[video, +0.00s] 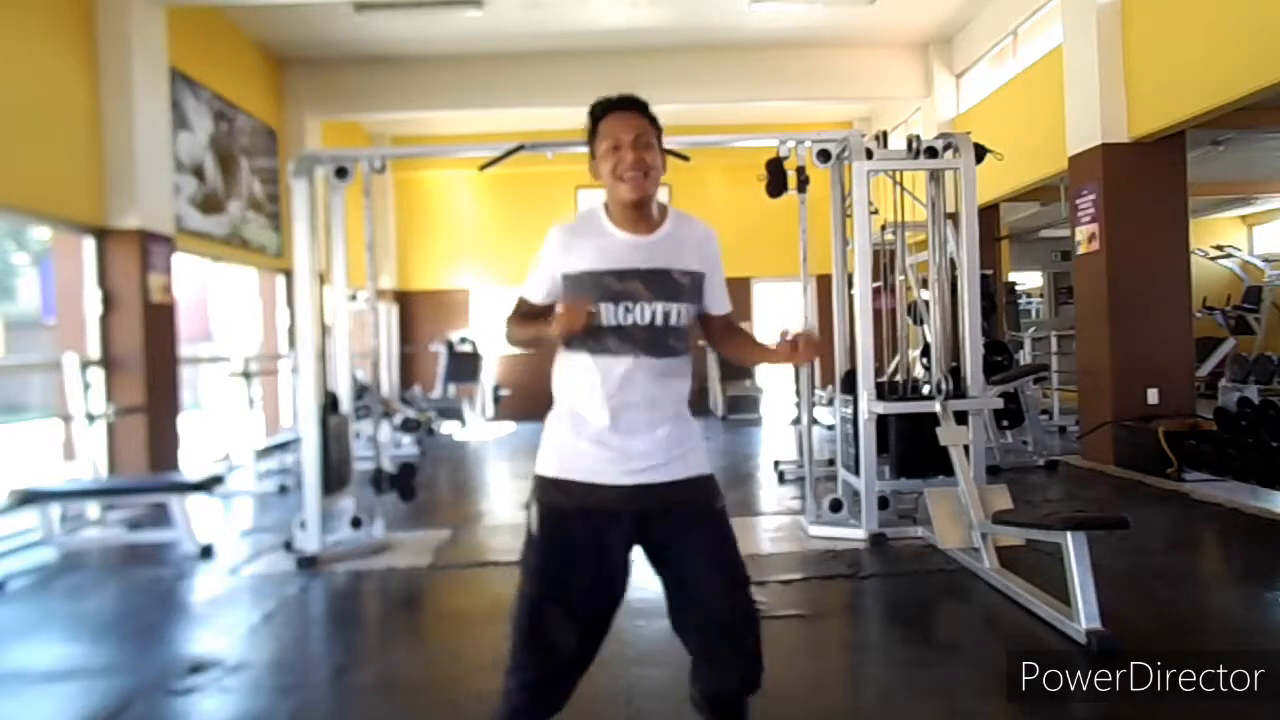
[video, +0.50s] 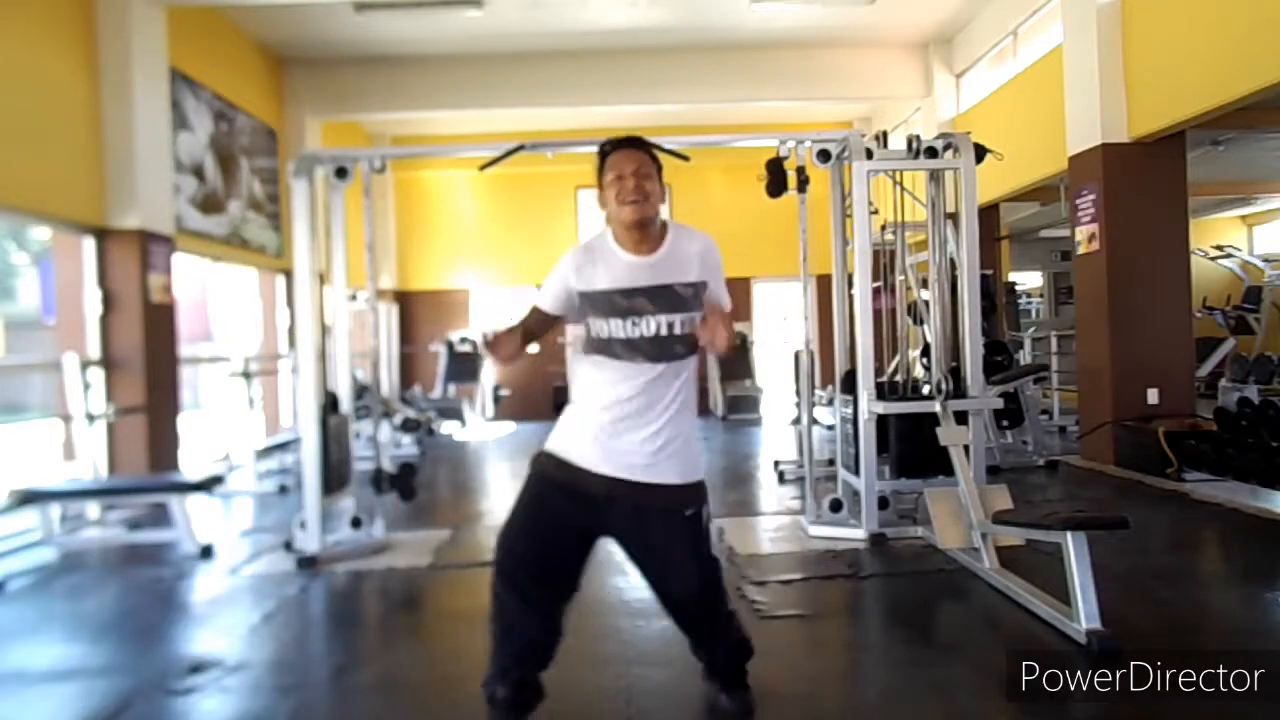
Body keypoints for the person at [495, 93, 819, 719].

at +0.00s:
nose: (632, 158)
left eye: (643, 144)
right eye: (615, 149)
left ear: (663, 154)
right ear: (594, 167)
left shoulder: (696, 239)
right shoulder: (568, 240)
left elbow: (723, 332)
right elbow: (519, 325)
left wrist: (777, 354)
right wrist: (553, 326)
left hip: (677, 471)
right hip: (579, 475)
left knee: (729, 638)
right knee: (547, 652)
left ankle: (722, 710)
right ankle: (518, 715)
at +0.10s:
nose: (637, 172)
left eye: (647, 159)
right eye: (620, 164)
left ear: (666, 169)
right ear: (599, 184)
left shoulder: (705, 243)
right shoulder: (578, 253)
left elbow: (734, 321)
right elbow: (533, 334)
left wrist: (739, 364)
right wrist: (517, 362)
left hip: (672, 481)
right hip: (578, 469)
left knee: (700, 647)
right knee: (516, 601)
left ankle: (717, 706)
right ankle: (516, 707)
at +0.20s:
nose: (637, 157)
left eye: (648, 145)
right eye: (622, 148)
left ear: (666, 157)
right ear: (602, 164)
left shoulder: (697, 234)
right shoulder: (572, 241)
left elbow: (700, 322)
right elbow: (543, 332)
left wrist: (719, 307)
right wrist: (500, 314)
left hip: (674, 467)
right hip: (579, 458)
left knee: (684, 644)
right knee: (504, 616)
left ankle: (720, 699)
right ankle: (507, 710)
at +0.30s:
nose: (633, 158)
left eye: (645, 148)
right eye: (618, 149)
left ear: (662, 162)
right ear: (599, 164)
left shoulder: (686, 237)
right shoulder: (564, 230)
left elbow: (690, 325)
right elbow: (532, 312)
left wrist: (729, 304)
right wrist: (541, 304)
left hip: (671, 439)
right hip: (582, 443)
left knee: (711, 572)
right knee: (544, 581)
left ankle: (736, 692)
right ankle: (513, 696)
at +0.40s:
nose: (629, 175)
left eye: (640, 164)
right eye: (615, 167)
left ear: (658, 177)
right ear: (597, 182)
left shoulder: (686, 253)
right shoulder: (566, 252)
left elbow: (706, 338)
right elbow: (507, 316)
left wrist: (746, 348)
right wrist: (525, 345)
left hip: (663, 455)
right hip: (574, 459)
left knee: (721, 585)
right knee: (548, 594)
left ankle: (739, 681)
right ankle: (515, 695)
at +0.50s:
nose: (633, 186)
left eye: (643, 175)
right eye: (619, 179)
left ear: (663, 186)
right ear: (602, 196)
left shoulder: (699, 252)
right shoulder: (582, 261)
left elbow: (722, 326)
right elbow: (538, 321)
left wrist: (721, 334)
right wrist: (510, 345)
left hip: (664, 464)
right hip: (578, 454)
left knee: (693, 590)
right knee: (522, 567)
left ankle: (730, 677)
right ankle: (512, 692)